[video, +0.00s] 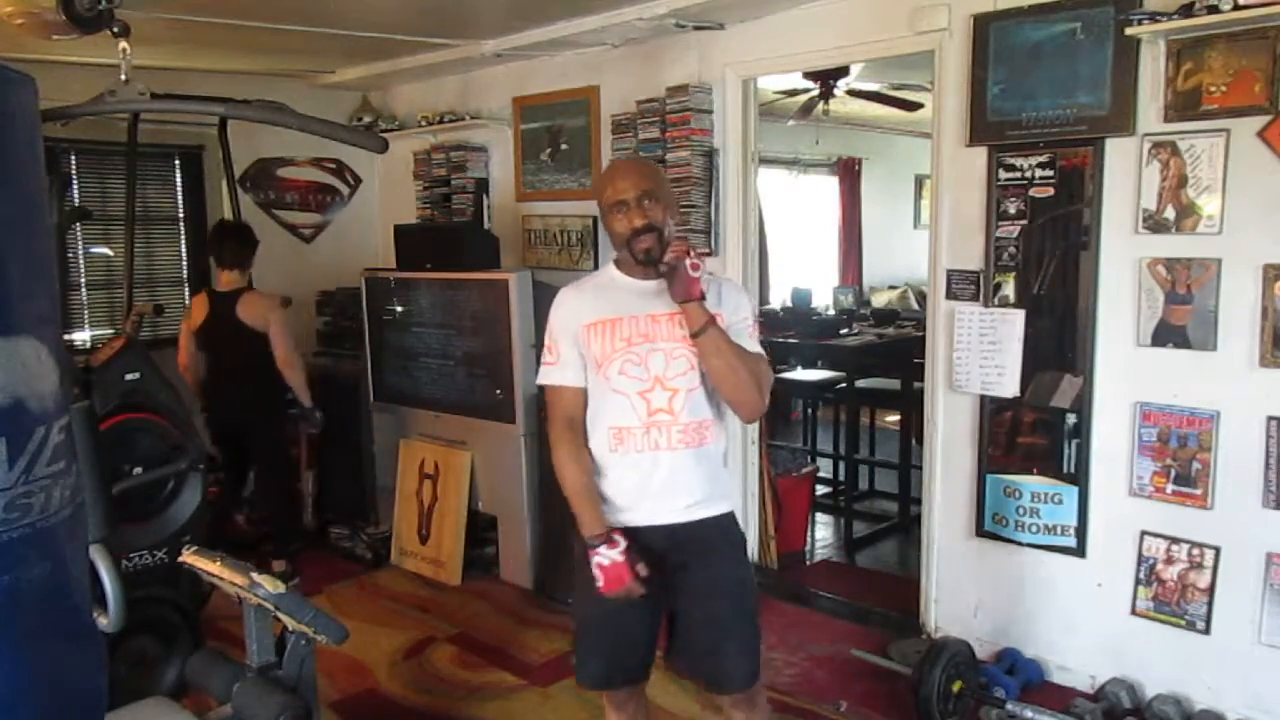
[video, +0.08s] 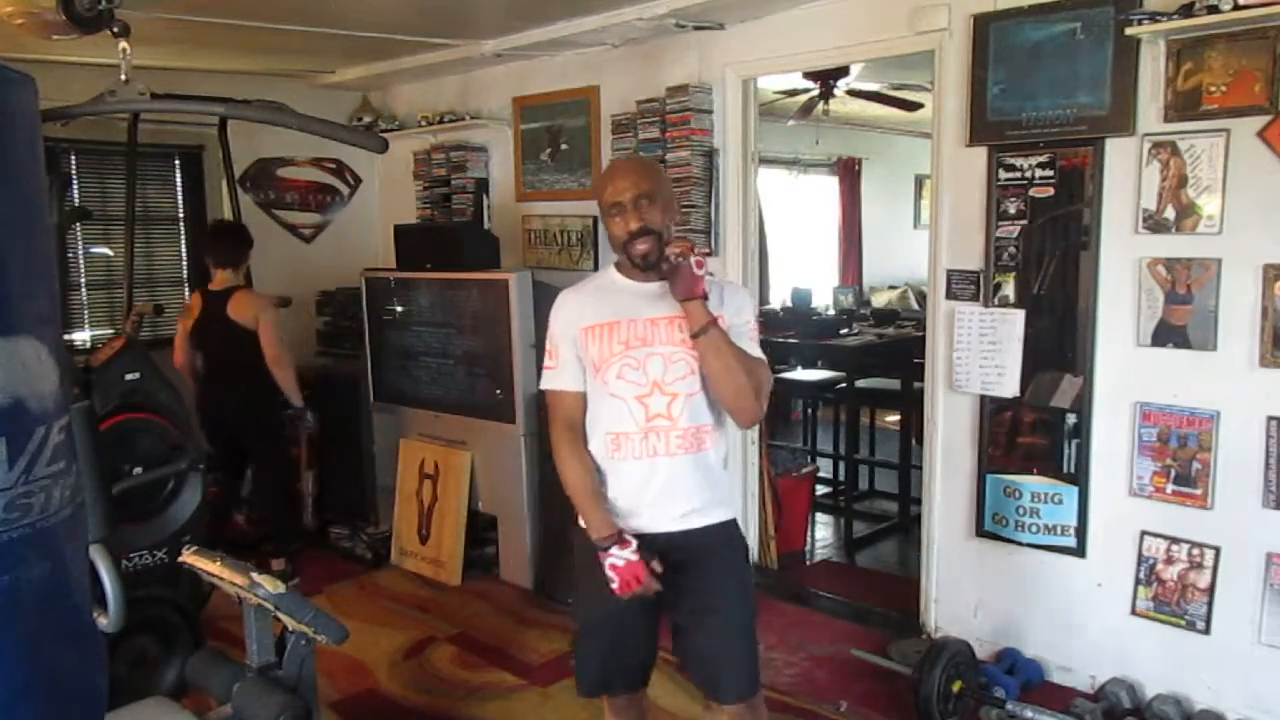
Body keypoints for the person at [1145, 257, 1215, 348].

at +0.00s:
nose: (1180, 274)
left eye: (1183, 270)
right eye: (1177, 270)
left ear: (1188, 273)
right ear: (1172, 273)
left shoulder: (1191, 288)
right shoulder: (1168, 286)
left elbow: (1213, 269)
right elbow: (1151, 265)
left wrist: (1197, 262)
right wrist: (1166, 261)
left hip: (1181, 329)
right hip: (1164, 327)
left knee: (1189, 357)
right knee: (1154, 356)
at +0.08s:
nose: (1180, 273)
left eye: (1183, 270)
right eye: (1176, 270)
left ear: (1188, 273)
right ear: (1172, 273)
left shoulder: (1191, 287)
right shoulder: (1168, 286)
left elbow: (1213, 268)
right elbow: (1151, 265)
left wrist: (1197, 262)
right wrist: (1166, 261)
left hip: (1181, 329)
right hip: (1164, 327)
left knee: (1189, 358)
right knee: (1155, 356)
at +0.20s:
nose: (1180, 273)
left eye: (1183, 270)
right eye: (1176, 270)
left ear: (1188, 273)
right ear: (1172, 273)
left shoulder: (1191, 287)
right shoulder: (1168, 286)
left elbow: (1213, 268)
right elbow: (1150, 265)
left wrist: (1197, 262)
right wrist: (1166, 261)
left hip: (1181, 329)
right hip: (1164, 327)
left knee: (1189, 358)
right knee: (1155, 356)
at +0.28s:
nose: (1180, 273)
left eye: (1183, 270)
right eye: (1177, 270)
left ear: (1188, 272)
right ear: (1172, 273)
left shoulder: (1191, 288)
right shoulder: (1168, 286)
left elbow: (1212, 269)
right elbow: (1151, 265)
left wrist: (1197, 262)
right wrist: (1166, 261)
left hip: (1181, 329)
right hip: (1164, 327)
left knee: (1189, 358)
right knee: (1154, 356)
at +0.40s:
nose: (1184, 273)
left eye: (1186, 270)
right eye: (1182, 270)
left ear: (1189, 272)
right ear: (1176, 272)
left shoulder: (1192, 288)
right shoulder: (1168, 286)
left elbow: (1213, 268)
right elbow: (1151, 266)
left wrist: (1196, 263)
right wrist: (1163, 260)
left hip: (1181, 329)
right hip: (1165, 327)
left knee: (1190, 357)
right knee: (1154, 356)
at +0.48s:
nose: (1185, 272)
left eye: (1187, 269)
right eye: (1182, 269)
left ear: (1189, 272)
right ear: (1176, 271)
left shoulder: (1192, 287)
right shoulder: (1168, 286)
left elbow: (1213, 269)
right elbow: (1151, 266)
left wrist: (1196, 262)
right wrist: (1164, 260)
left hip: (1181, 329)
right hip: (1164, 327)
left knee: (1191, 358)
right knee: (1154, 356)